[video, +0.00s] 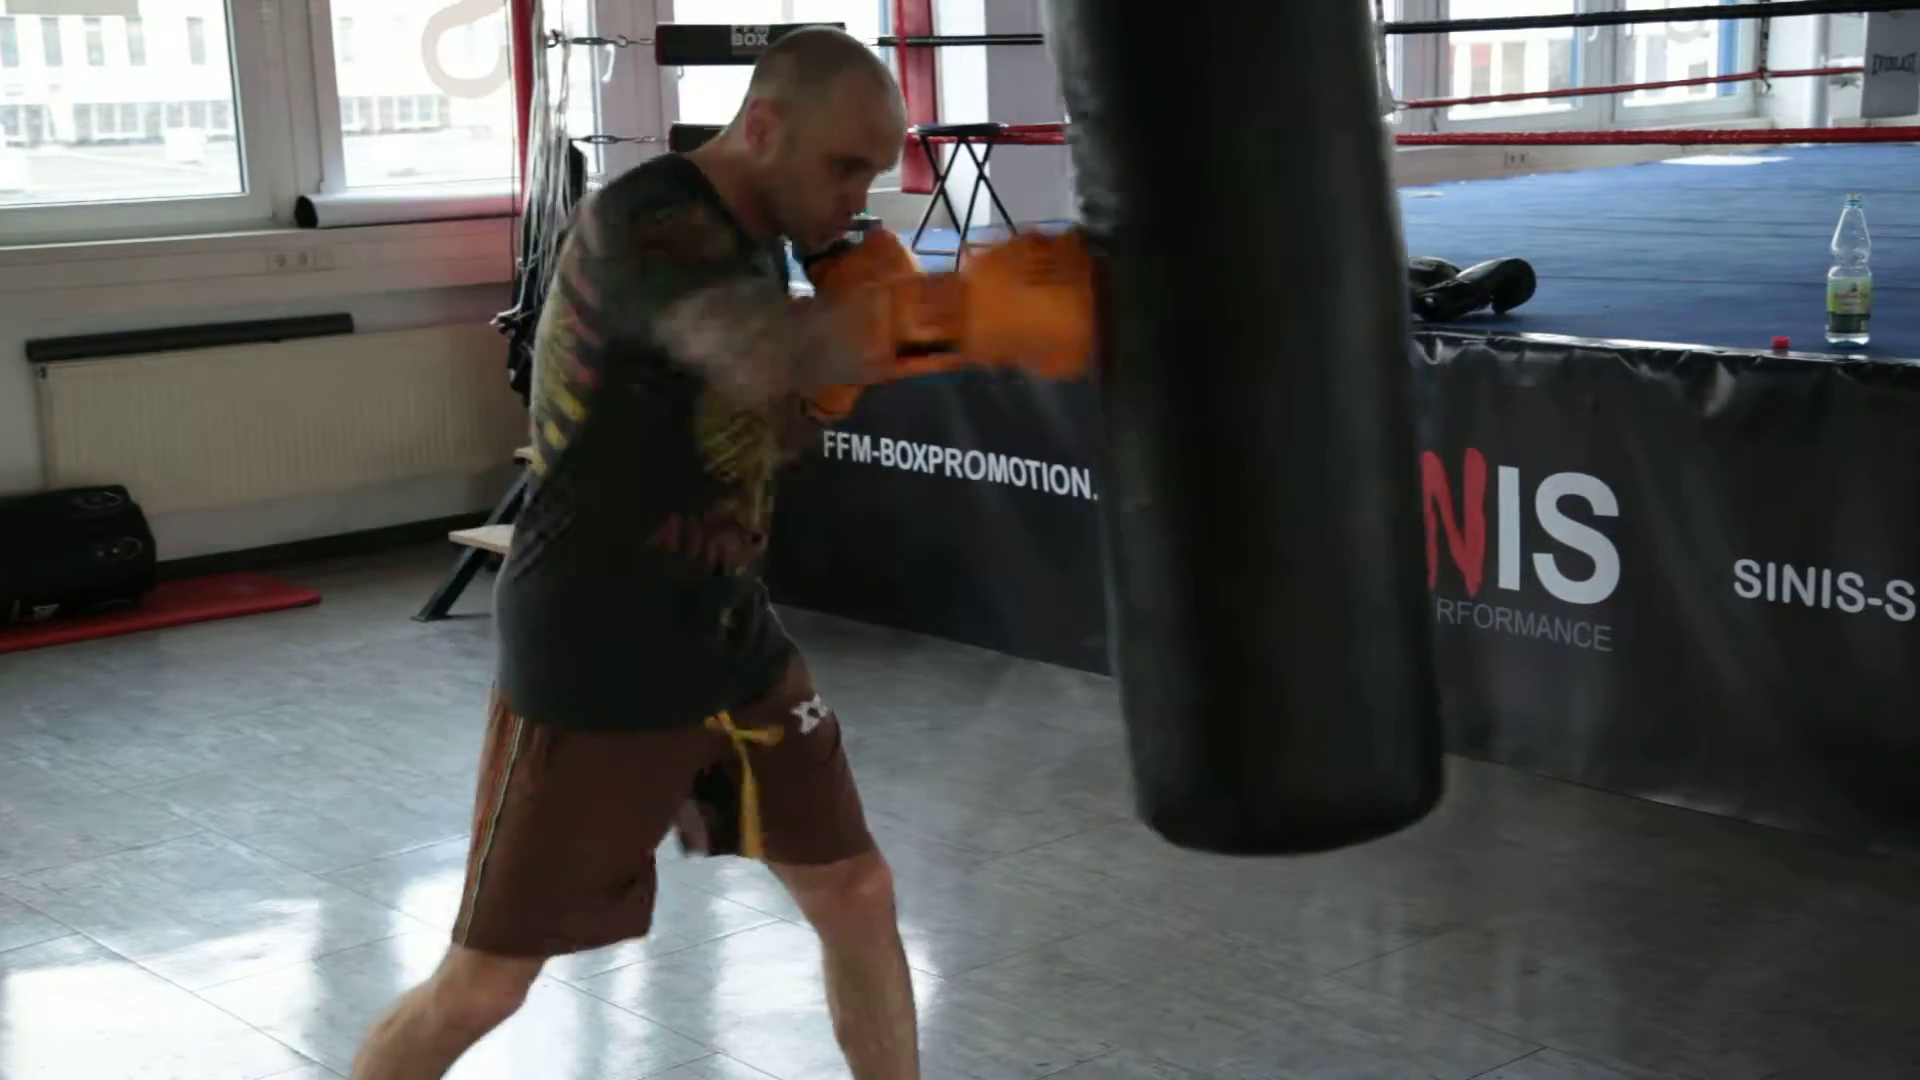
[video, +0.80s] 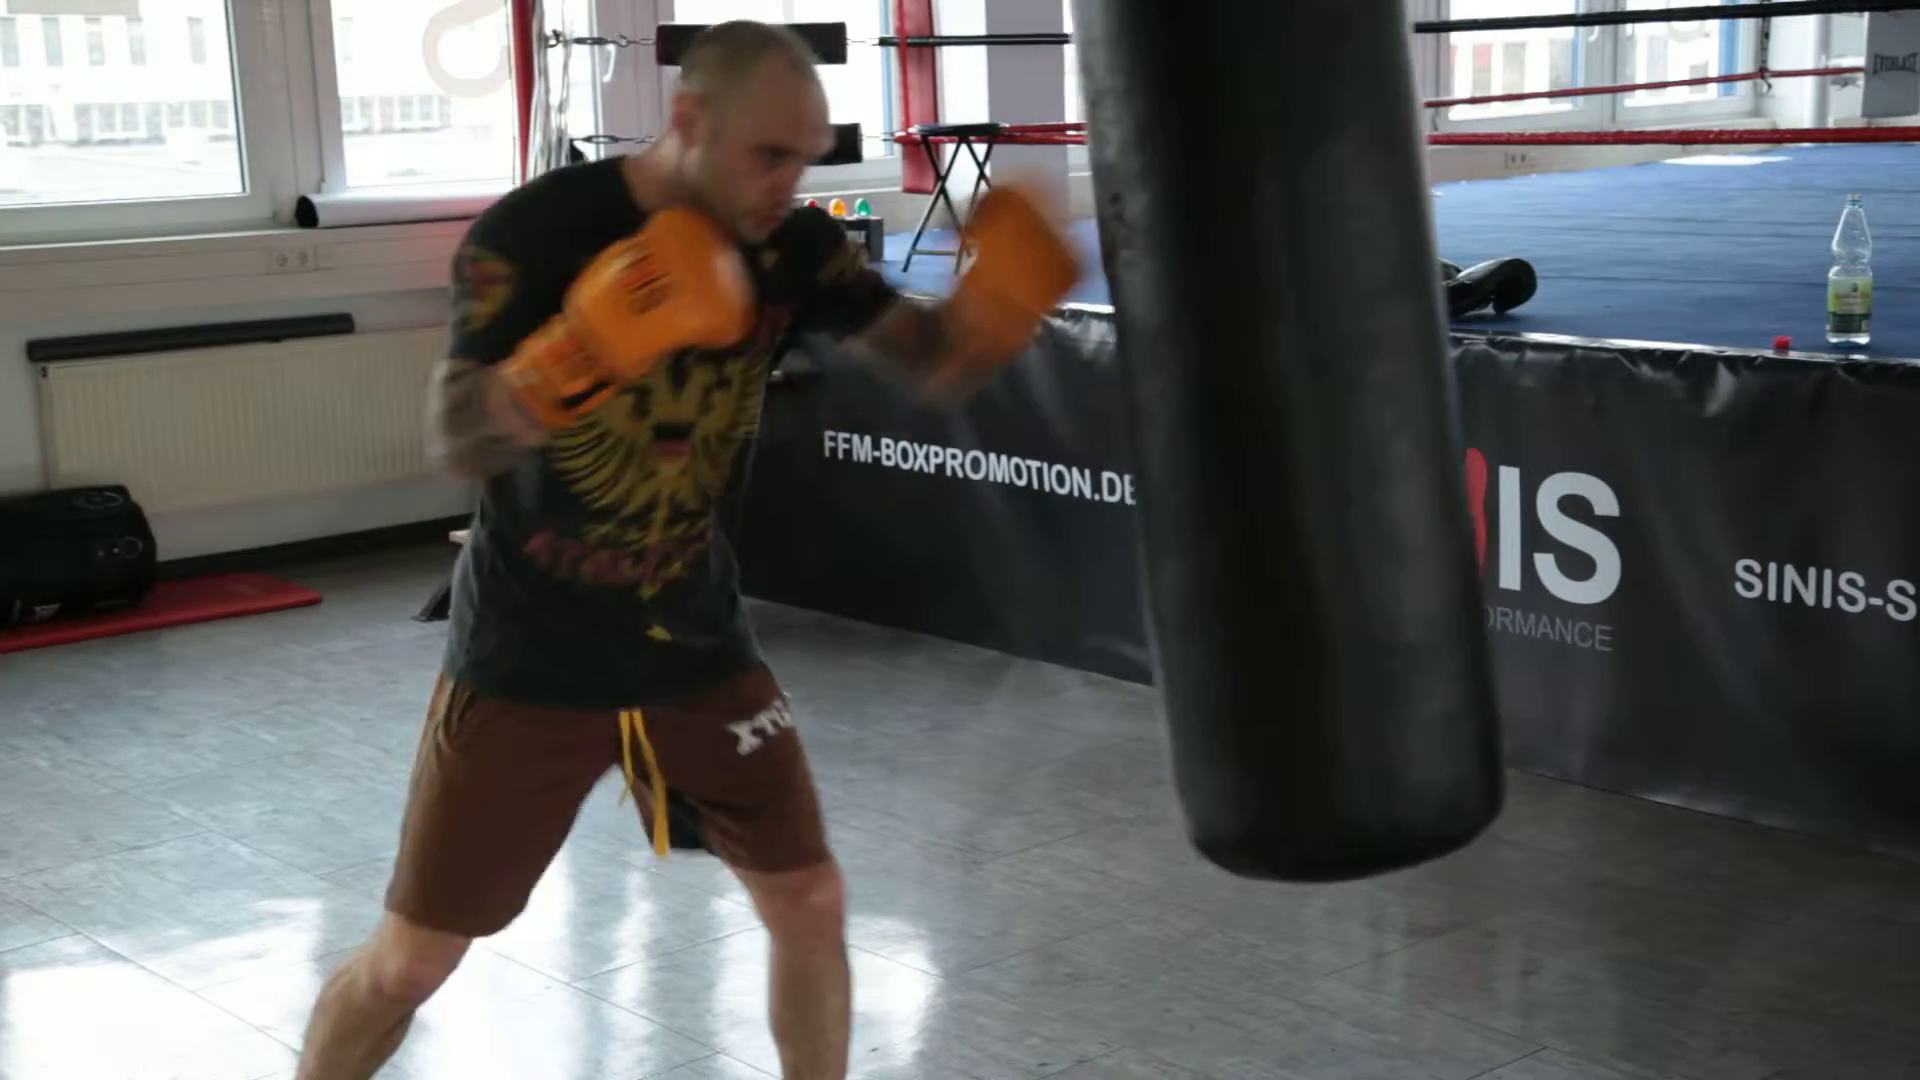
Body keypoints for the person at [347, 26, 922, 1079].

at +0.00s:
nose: (858, 203)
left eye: (871, 178)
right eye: (845, 171)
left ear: (772, 133)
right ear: (762, 129)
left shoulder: (750, 241)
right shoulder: (636, 220)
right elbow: (773, 362)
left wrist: (869, 329)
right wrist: (930, 314)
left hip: (722, 629)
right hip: (588, 649)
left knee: (855, 897)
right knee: (479, 987)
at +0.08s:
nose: (844, 203)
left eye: (858, 178)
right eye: (833, 171)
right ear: (749, 131)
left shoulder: (781, 244)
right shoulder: (597, 232)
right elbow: (631, 424)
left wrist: (921, 298)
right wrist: (819, 354)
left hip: (725, 643)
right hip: (569, 663)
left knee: (854, 909)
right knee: (453, 973)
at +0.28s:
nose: (756, 207)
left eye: (769, 185)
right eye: (743, 178)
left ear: (673, 143)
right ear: (661, 137)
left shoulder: (718, 249)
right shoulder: (507, 240)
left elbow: (826, 374)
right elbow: (501, 446)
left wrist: (947, 336)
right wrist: (660, 323)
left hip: (695, 650)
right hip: (527, 668)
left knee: (828, 913)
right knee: (413, 986)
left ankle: (890, 1078)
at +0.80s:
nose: (788, 191)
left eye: (805, 164)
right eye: (770, 158)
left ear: (816, 147)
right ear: (688, 122)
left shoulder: (792, 245)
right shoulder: (537, 230)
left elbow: (933, 364)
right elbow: (456, 441)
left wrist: (998, 298)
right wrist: (584, 351)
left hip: (694, 637)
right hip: (528, 645)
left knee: (809, 903)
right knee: (410, 964)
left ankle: (818, 1078)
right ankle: (314, 1073)